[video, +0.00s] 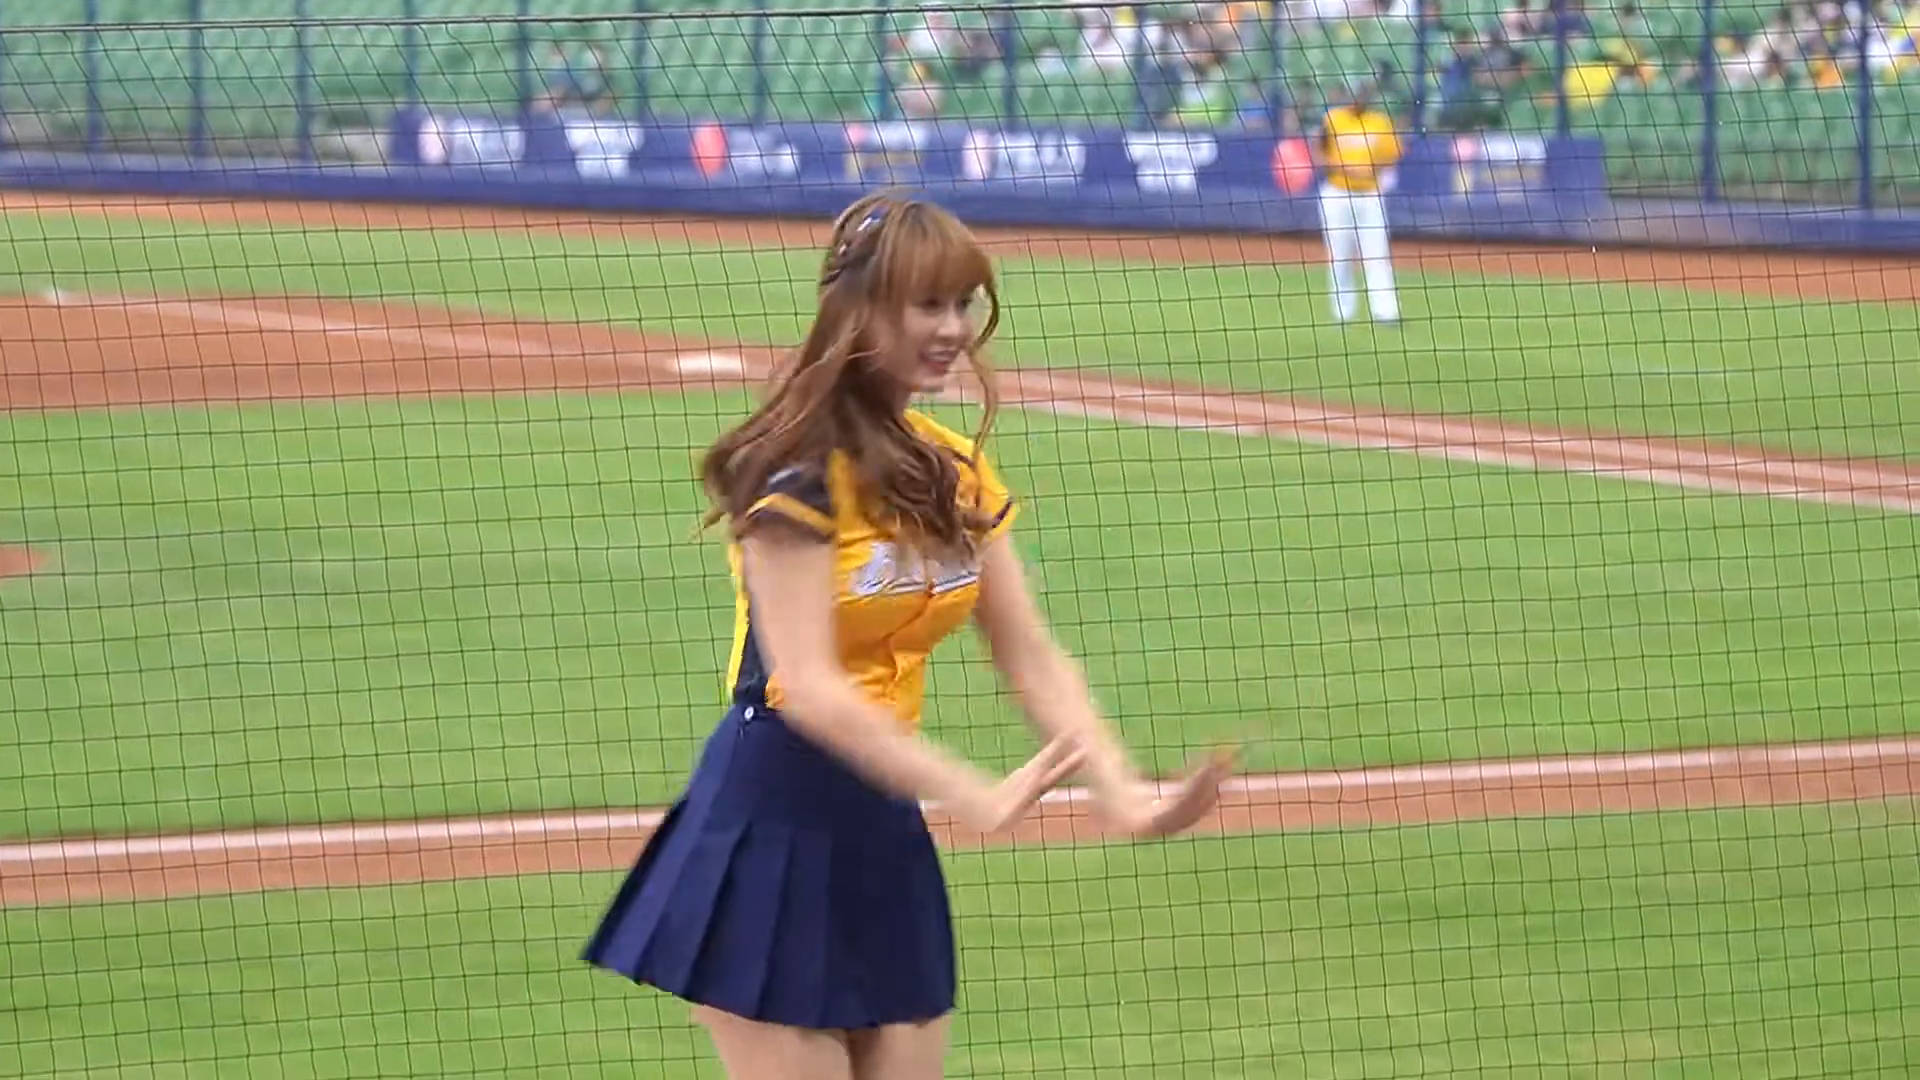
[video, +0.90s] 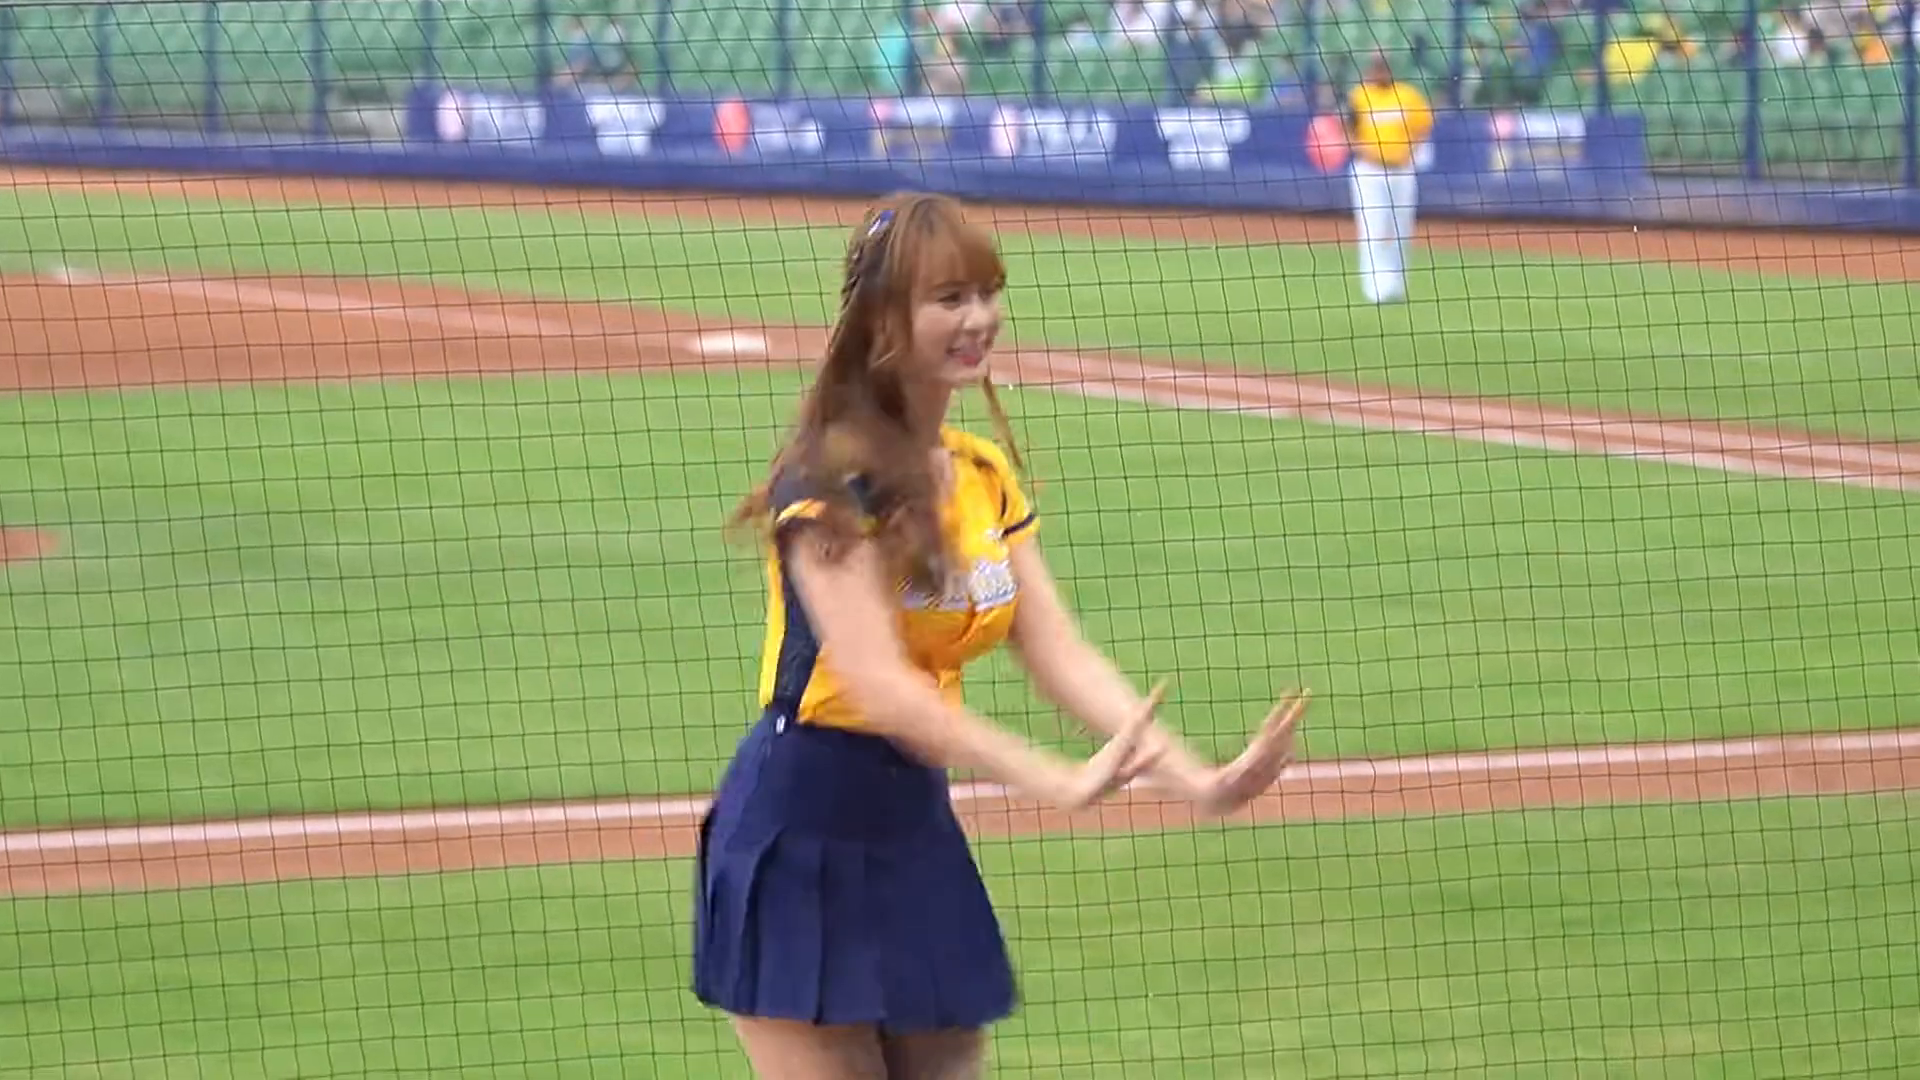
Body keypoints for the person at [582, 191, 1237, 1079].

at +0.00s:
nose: (952, 329)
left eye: (963, 305)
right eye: (927, 304)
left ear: (977, 313)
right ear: (856, 313)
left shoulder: (956, 468)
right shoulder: (792, 473)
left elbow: (1027, 652)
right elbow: (803, 684)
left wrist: (1122, 792)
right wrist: (966, 793)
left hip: (885, 813)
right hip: (771, 807)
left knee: (909, 1058)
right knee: (801, 1061)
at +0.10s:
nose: (916, 392)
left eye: (925, 368)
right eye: (894, 367)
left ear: (936, 374)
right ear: (820, 367)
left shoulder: (940, 516)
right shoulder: (739, 533)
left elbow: (980, 713)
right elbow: (736, 753)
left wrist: (998, 856)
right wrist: (853, 883)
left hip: (917, 839)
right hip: (792, 842)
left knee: (963, 1057)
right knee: (818, 1057)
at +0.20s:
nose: (922, 364)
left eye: (930, 339)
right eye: (897, 339)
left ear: (939, 350)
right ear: (823, 349)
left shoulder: (959, 481)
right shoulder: (737, 521)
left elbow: (998, 664)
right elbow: (730, 724)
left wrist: (978, 799)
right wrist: (778, 825)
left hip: (937, 826)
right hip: (799, 834)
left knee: (966, 1058)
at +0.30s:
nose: (936, 313)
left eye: (945, 290)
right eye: (911, 289)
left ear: (954, 302)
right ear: (834, 303)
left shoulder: (984, 437)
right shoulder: (753, 472)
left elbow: (1027, 608)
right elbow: (714, 676)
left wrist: (967, 701)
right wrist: (694, 731)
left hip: (938, 797)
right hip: (799, 801)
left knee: (929, 1061)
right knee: (809, 1063)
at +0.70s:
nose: (941, 330)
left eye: (951, 304)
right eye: (913, 306)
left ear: (965, 313)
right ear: (838, 318)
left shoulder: (987, 463)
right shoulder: (762, 485)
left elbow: (1025, 657)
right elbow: (699, 695)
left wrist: (1045, 788)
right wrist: (747, 810)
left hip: (956, 814)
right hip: (814, 818)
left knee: (973, 1057)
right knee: (837, 1057)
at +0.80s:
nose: (943, 374)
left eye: (953, 349)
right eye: (914, 352)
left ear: (967, 356)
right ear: (844, 369)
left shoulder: (970, 516)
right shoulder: (778, 531)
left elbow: (1015, 708)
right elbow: (768, 752)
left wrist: (1077, 856)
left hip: (948, 840)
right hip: (823, 840)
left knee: (986, 1054)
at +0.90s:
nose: (981, 319)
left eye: (988, 294)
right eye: (950, 298)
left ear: (1002, 301)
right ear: (880, 317)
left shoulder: (982, 470)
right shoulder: (826, 475)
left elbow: (1061, 655)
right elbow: (878, 685)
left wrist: (1196, 780)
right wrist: (1052, 781)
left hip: (911, 813)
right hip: (797, 817)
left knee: (949, 1057)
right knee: (834, 1064)